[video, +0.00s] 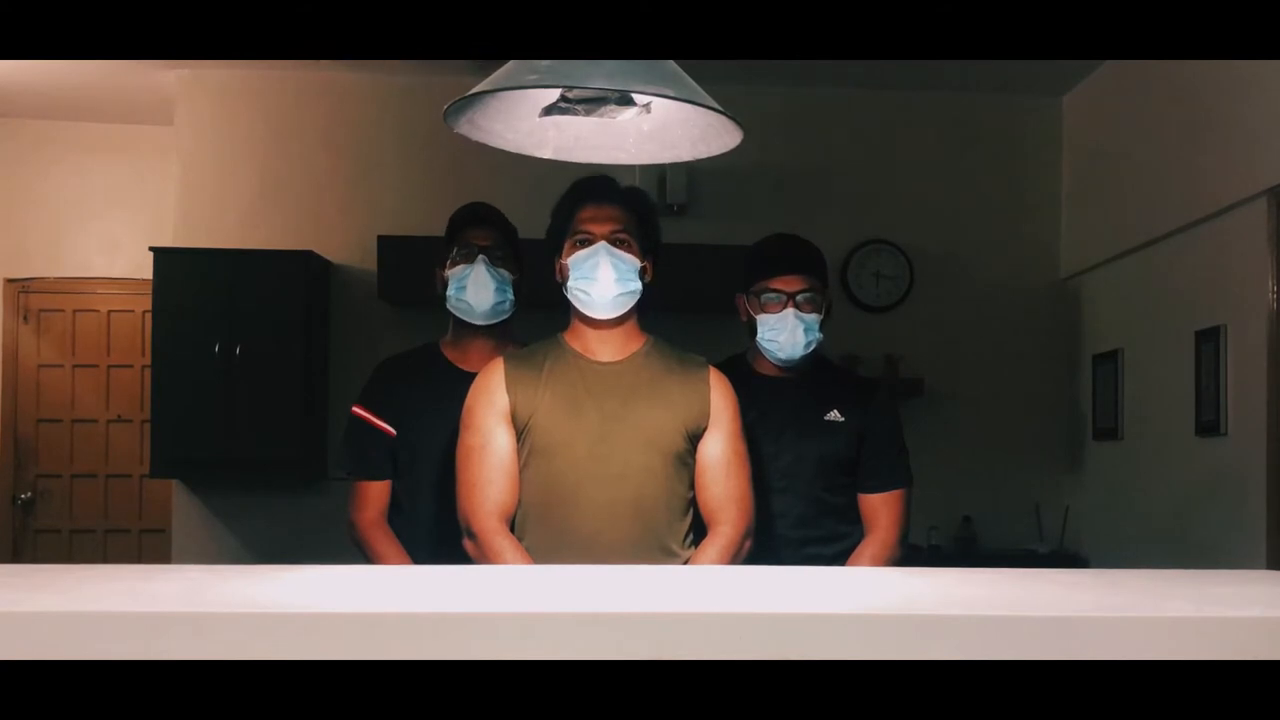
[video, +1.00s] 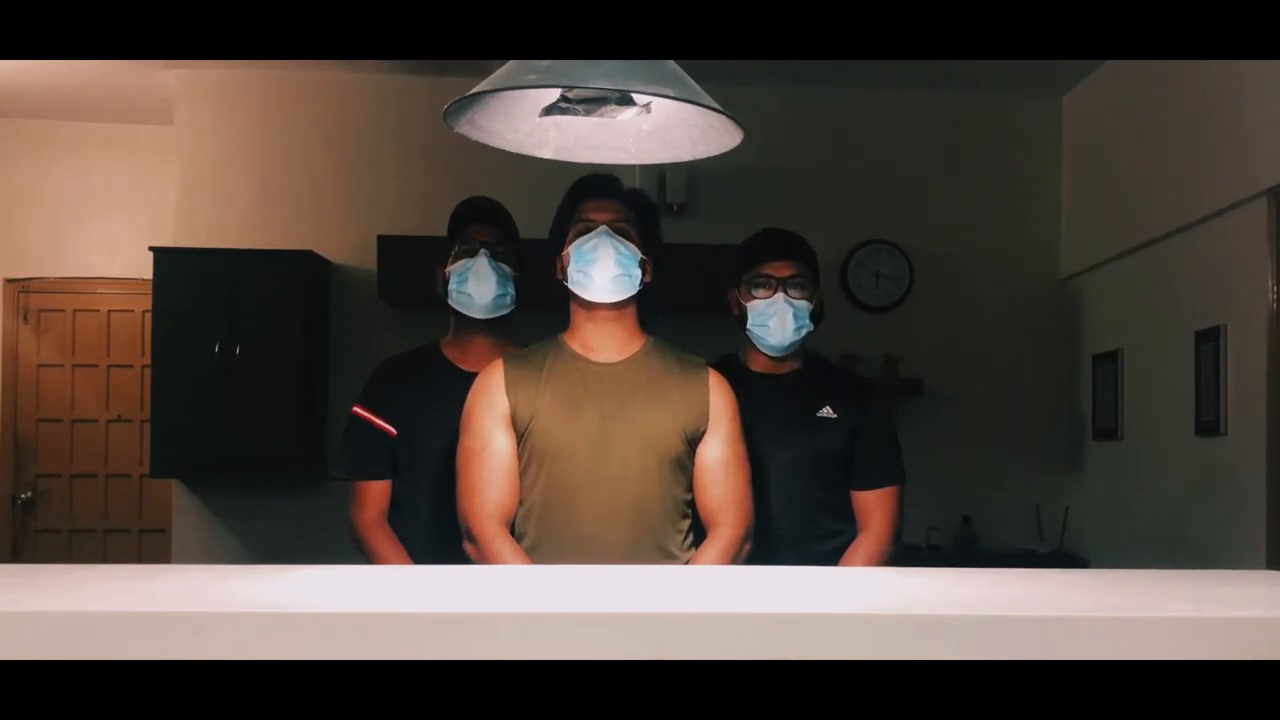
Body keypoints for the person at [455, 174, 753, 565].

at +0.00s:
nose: (601, 256)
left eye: (620, 242)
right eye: (583, 242)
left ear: (645, 268)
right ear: (560, 267)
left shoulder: (704, 387)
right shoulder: (503, 381)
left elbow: (732, 530)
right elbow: (483, 529)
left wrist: (668, 615)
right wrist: (552, 615)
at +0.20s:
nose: (602, 252)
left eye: (619, 239)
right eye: (584, 239)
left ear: (645, 268)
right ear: (561, 267)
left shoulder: (704, 387)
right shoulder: (503, 381)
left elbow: (731, 530)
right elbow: (483, 529)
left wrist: (669, 615)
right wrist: (552, 615)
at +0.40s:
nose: (602, 249)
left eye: (620, 238)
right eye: (585, 237)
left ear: (645, 268)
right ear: (561, 266)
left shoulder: (704, 388)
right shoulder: (503, 381)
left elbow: (731, 530)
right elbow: (483, 530)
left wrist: (669, 615)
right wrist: (553, 616)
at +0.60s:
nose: (602, 245)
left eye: (620, 235)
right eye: (585, 234)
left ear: (645, 268)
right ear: (561, 265)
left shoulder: (704, 389)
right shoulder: (503, 382)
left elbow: (731, 531)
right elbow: (483, 530)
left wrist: (669, 616)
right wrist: (553, 616)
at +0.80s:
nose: (602, 244)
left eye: (620, 235)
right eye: (584, 234)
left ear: (645, 267)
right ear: (561, 264)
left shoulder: (704, 389)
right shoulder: (503, 382)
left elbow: (731, 531)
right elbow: (484, 530)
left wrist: (668, 615)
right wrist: (552, 616)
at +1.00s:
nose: (602, 242)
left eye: (620, 234)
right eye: (585, 232)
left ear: (645, 268)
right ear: (562, 264)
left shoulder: (703, 389)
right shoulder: (503, 382)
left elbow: (731, 531)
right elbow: (484, 531)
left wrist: (668, 615)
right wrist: (553, 616)